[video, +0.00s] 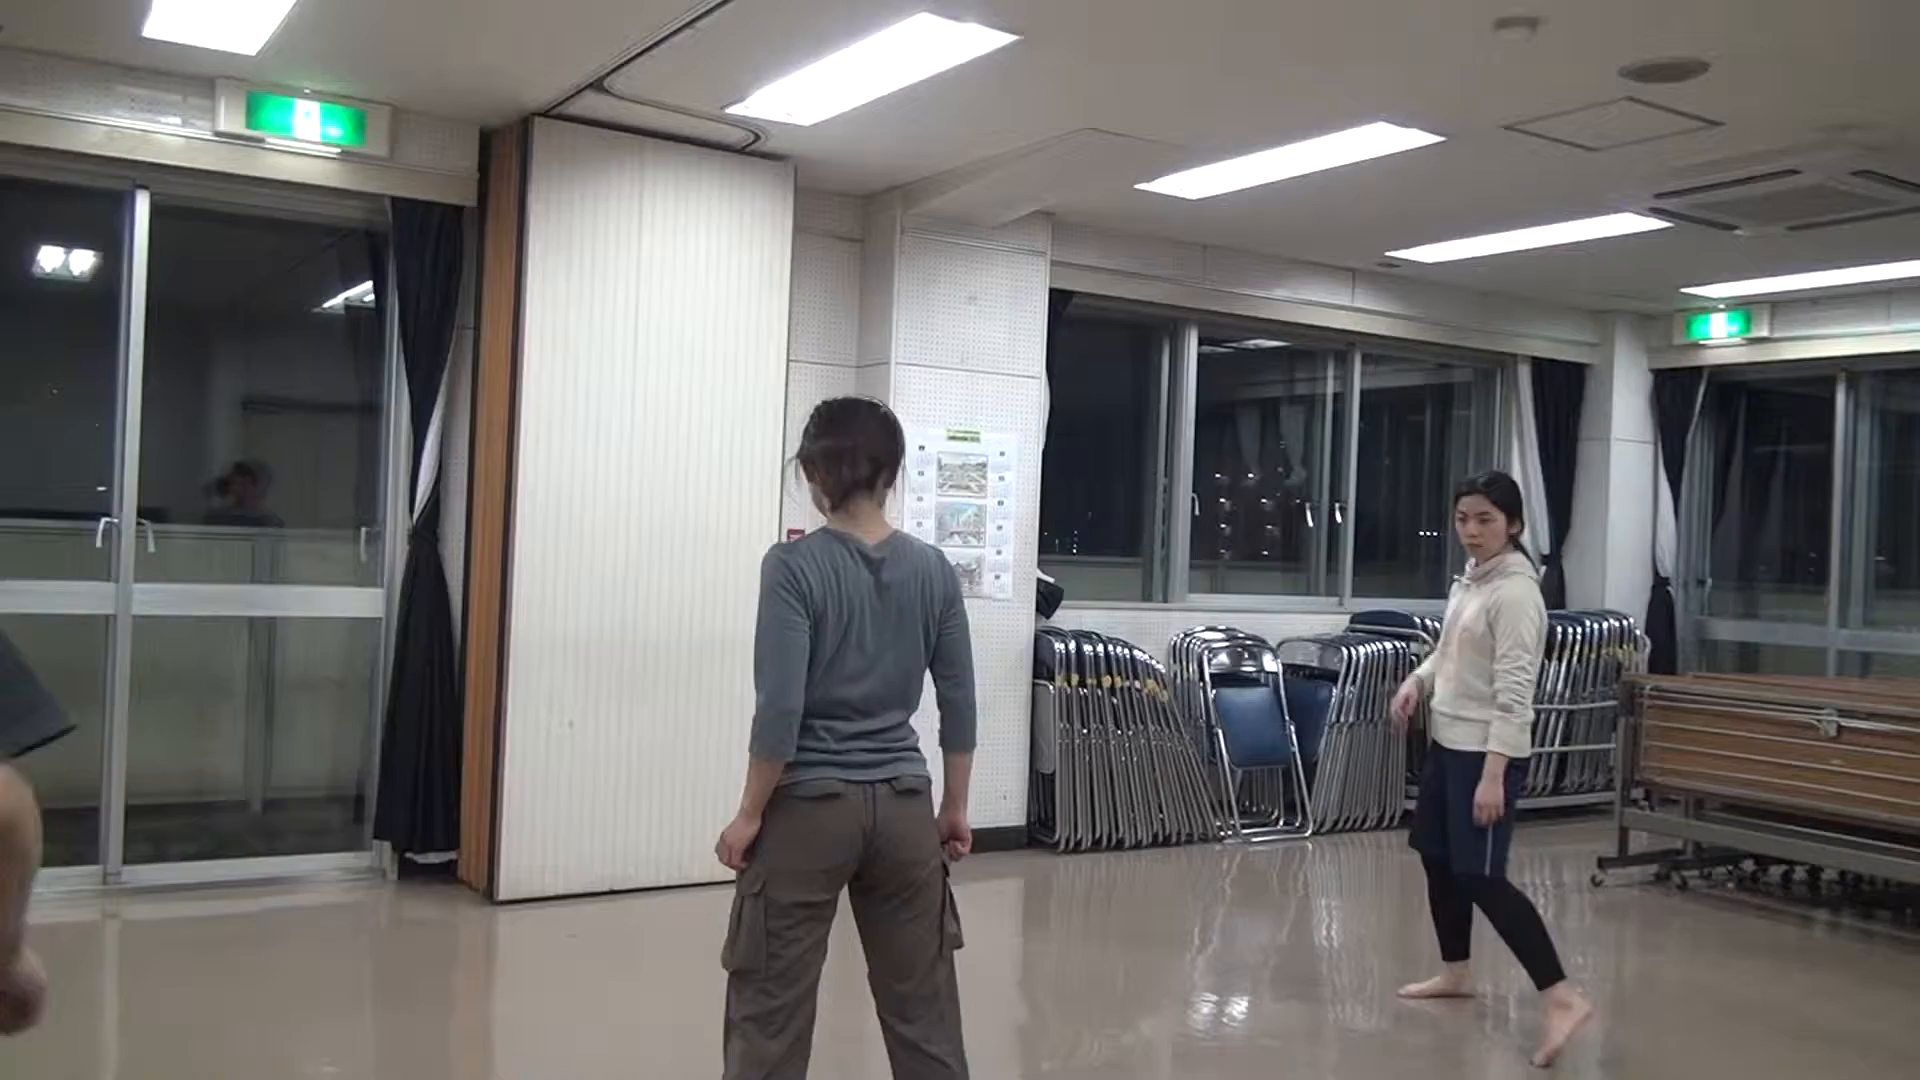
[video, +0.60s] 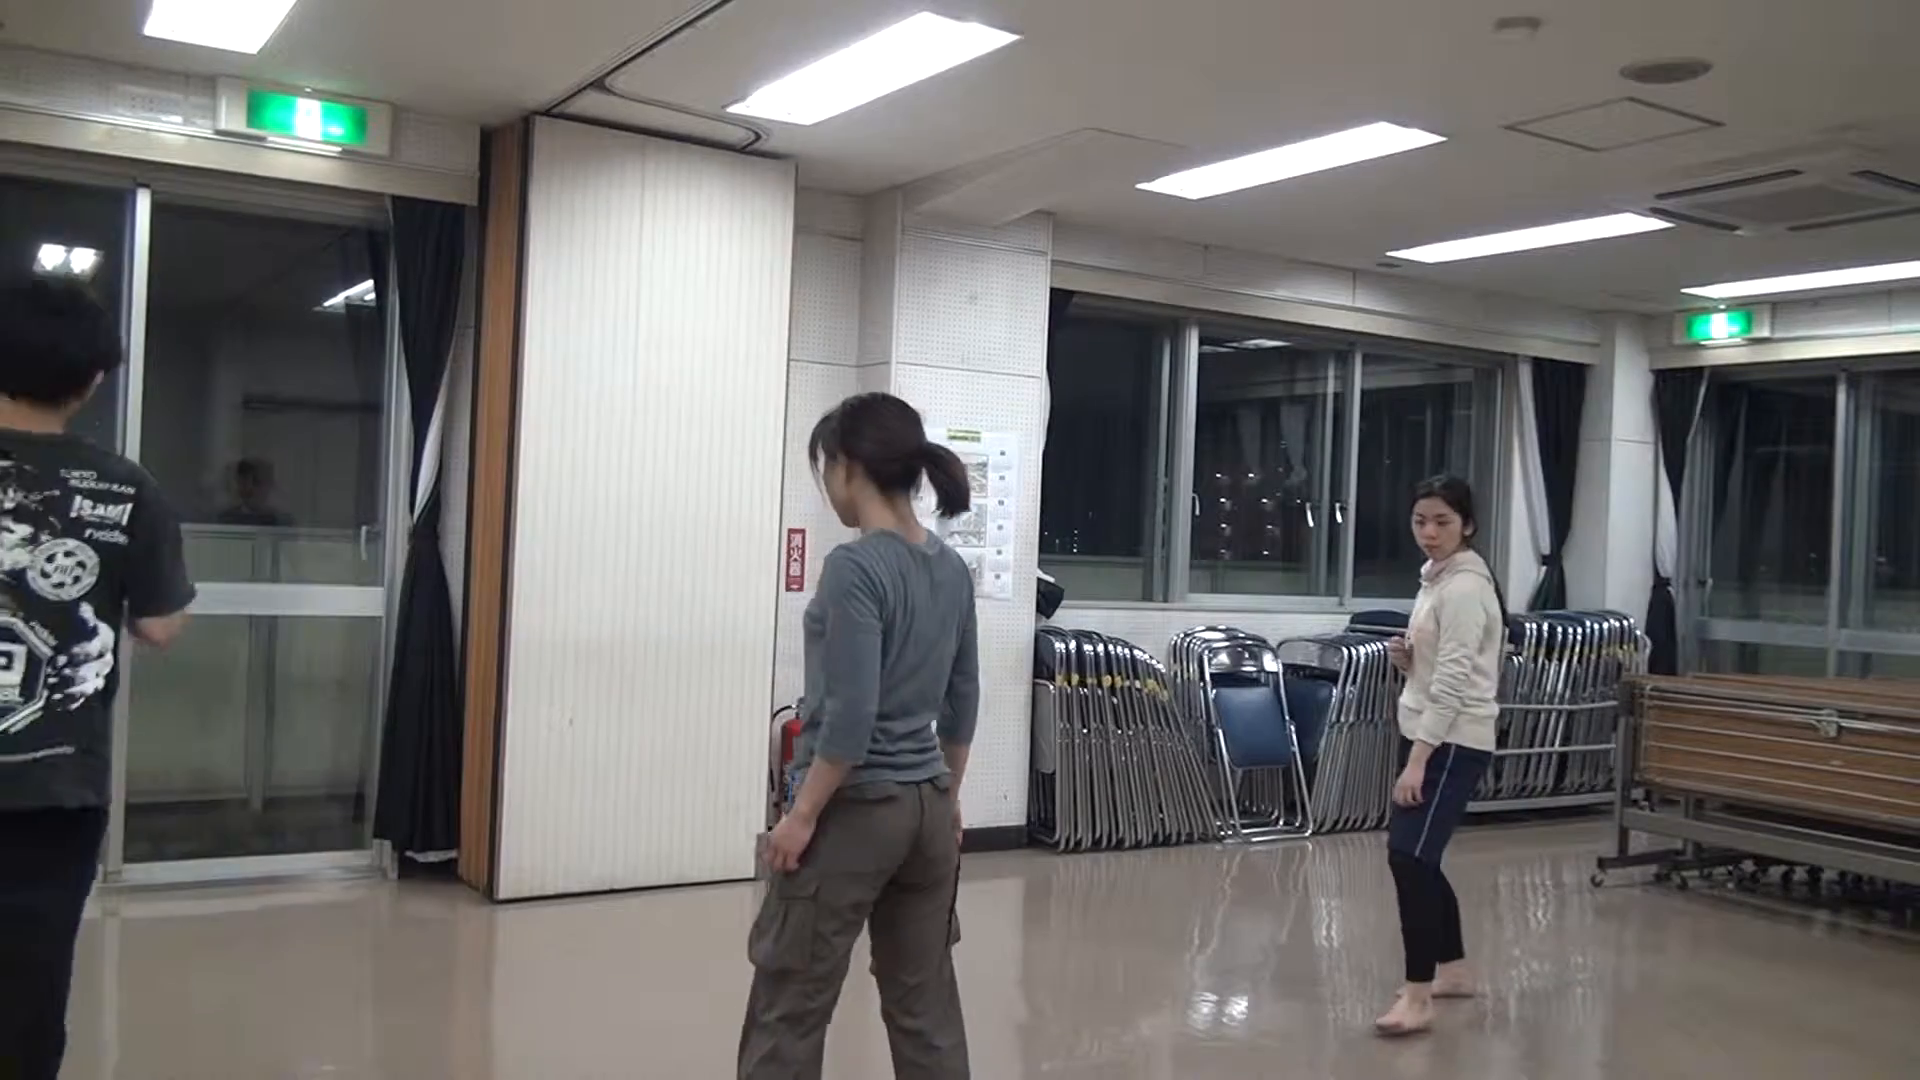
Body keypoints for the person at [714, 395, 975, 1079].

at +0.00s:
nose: (807, 478)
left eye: (807, 466)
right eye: (807, 466)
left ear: (816, 474)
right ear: (890, 472)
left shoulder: (793, 565)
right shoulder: (933, 568)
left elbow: (781, 708)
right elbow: (957, 697)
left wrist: (748, 814)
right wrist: (955, 808)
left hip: (806, 817)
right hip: (905, 815)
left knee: (769, 1019)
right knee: (923, 1018)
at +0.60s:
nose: (824, 486)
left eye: (825, 468)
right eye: (822, 469)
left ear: (850, 468)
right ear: (902, 468)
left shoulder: (854, 565)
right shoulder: (951, 567)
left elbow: (850, 715)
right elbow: (962, 694)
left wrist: (801, 815)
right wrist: (945, 795)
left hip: (852, 816)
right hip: (931, 815)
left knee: (788, 1013)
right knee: (924, 1008)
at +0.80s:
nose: (857, 483)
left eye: (858, 466)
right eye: (855, 467)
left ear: (882, 467)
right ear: (932, 465)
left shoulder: (919, 563)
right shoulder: (965, 556)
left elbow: (943, 709)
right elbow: (959, 700)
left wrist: (892, 817)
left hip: (914, 816)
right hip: (969, 805)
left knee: (830, 1006)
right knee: (942, 1006)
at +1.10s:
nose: (890, 485)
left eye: (891, 468)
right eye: (888, 469)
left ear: (916, 465)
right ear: (969, 463)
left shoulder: (954, 554)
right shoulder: (998, 549)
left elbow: (987, 692)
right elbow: (992, 688)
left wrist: (972, 812)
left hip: (946, 803)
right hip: (993, 796)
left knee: (914, 998)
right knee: (966, 999)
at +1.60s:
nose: (911, 491)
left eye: (910, 472)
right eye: (908, 474)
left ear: (928, 467)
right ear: (990, 465)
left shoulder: (940, 558)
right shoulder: (1031, 565)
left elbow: (917, 709)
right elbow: (1040, 714)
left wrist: (873, 810)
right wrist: (1014, 789)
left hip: (948, 816)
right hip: (1022, 813)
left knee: (903, 1008)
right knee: (974, 1010)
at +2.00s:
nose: (994, 471)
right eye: (993, 458)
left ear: (906, 467)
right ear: (990, 463)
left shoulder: (865, 556)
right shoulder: (1030, 569)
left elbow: (815, 694)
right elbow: (1056, 713)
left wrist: (803, 805)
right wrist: (1069, 834)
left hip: (903, 829)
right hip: (1013, 829)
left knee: (898, 1031)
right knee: (995, 1033)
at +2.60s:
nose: (957, 472)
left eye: (959, 460)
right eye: (960, 460)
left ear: (968, 468)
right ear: (1048, 470)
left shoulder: (932, 569)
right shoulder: (1091, 571)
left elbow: (883, 704)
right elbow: (1118, 705)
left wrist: (860, 812)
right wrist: (1127, 824)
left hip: (961, 828)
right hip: (1073, 827)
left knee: (933, 1029)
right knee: (1088, 1029)